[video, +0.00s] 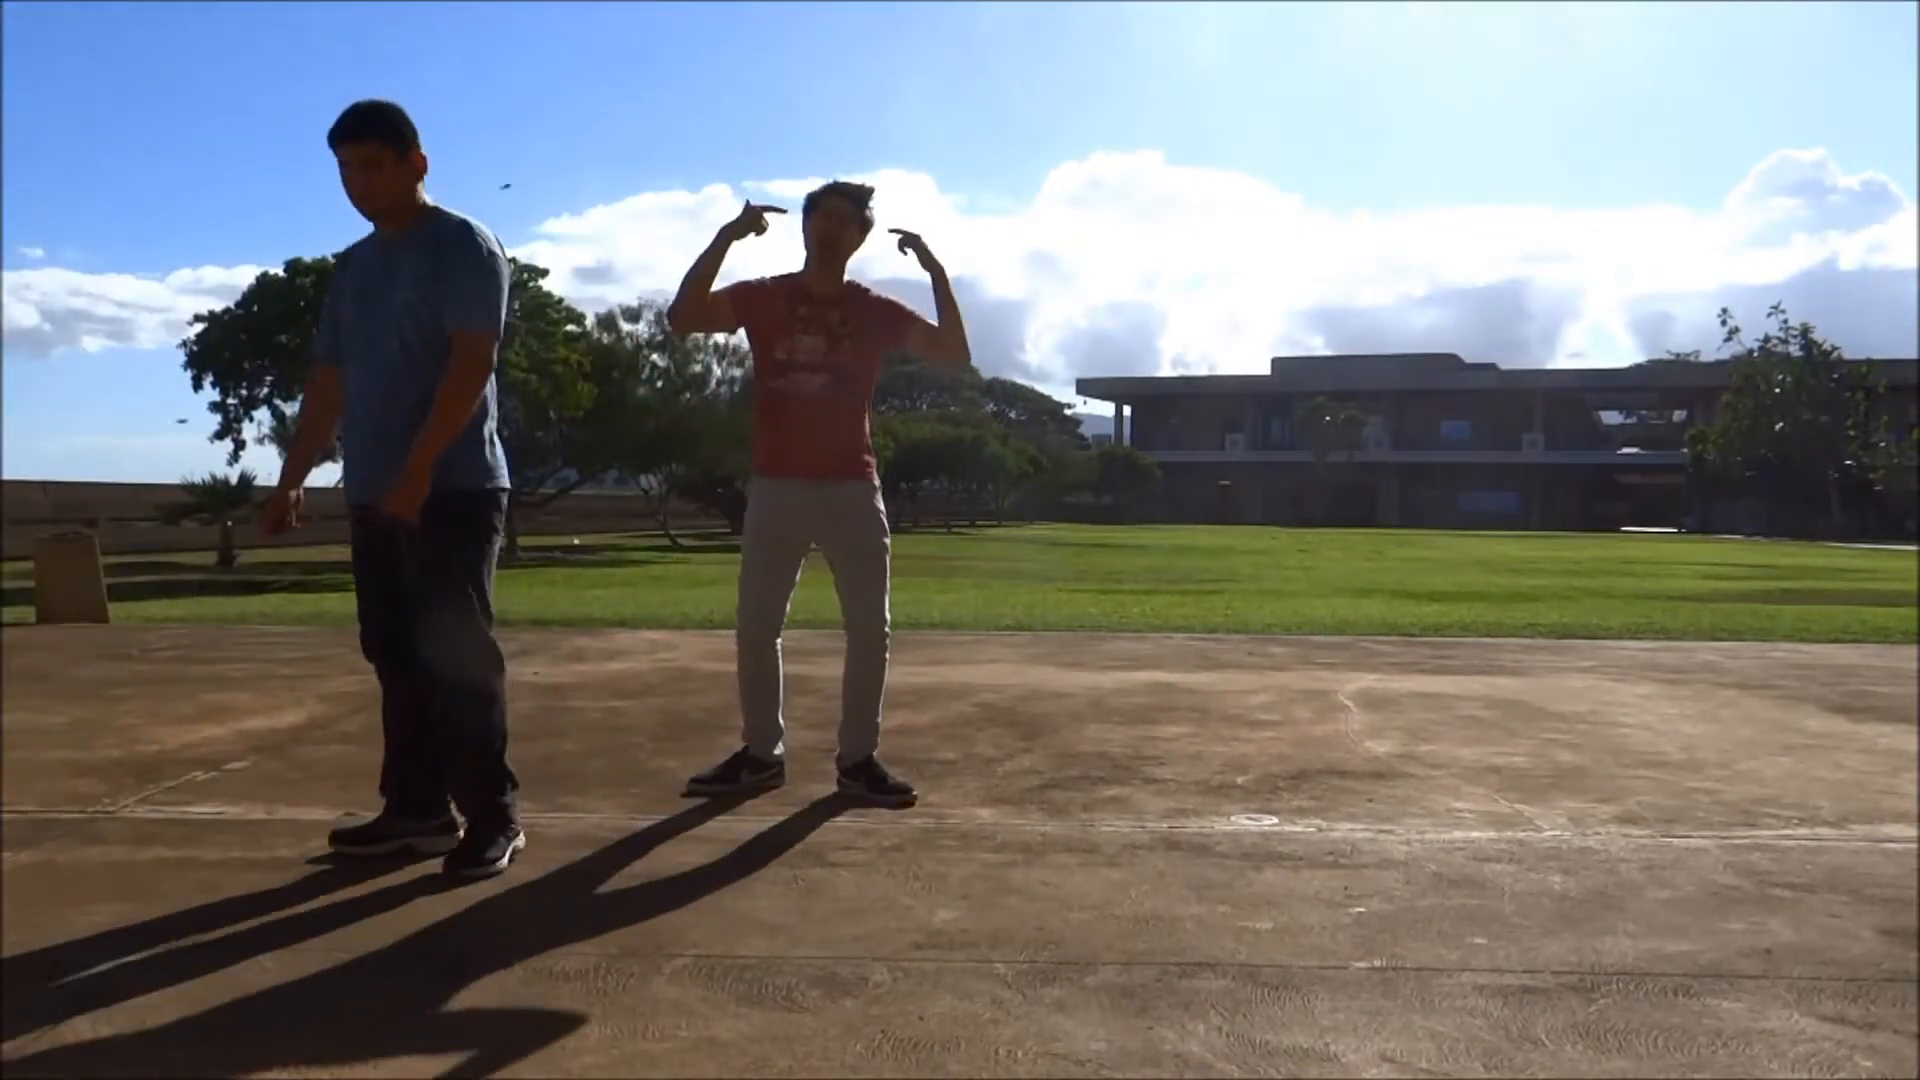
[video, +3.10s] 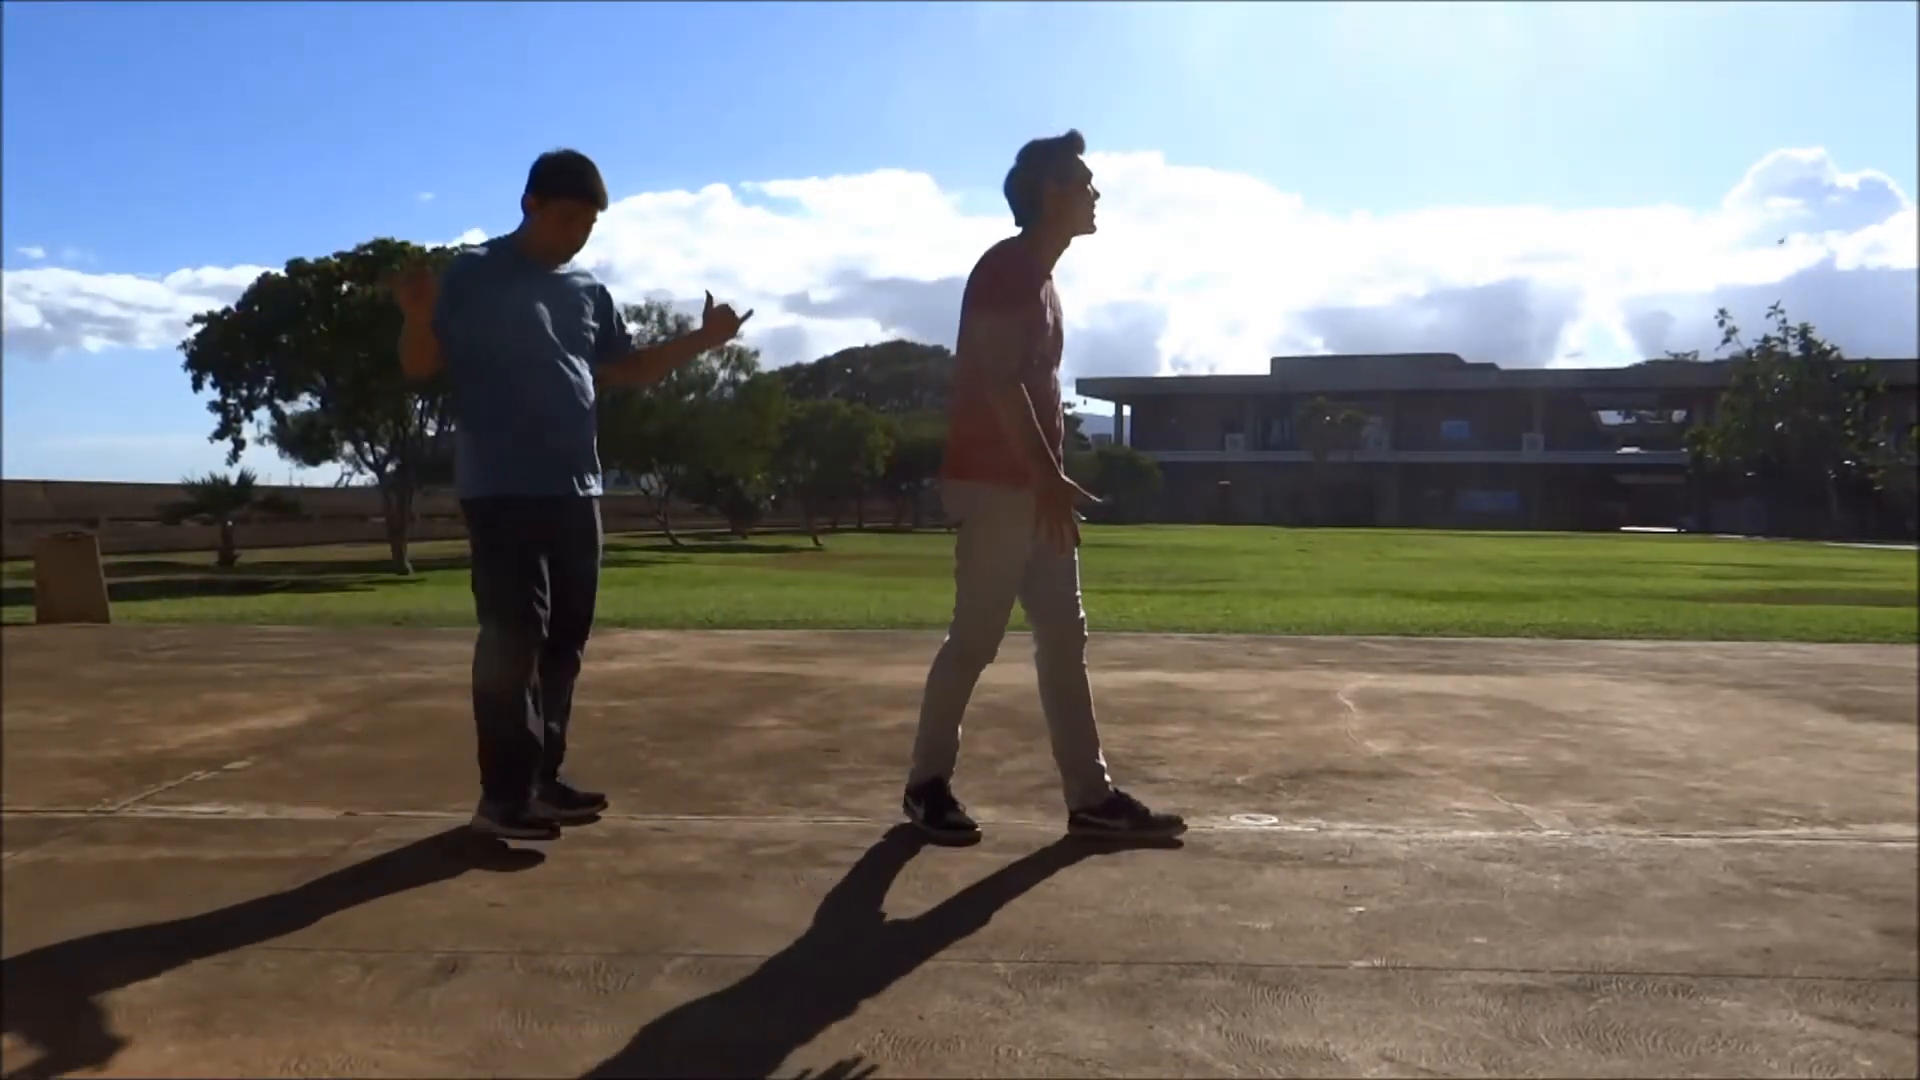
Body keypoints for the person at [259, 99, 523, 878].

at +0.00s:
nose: (354, 183)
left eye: (368, 166)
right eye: (346, 170)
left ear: (414, 162)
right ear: (340, 177)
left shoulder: (466, 249)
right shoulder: (351, 271)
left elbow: (472, 368)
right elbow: (328, 384)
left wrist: (418, 466)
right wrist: (292, 477)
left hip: (457, 483)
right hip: (376, 489)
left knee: (457, 647)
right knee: (393, 649)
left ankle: (492, 819)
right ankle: (416, 809)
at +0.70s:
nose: (462, 179)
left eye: (476, 165)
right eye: (445, 165)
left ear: (498, 168)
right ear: (418, 165)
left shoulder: (527, 260)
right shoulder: (371, 255)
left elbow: (548, 375)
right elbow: (331, 368)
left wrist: (518, 476)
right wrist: (300, 465)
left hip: (480, 492)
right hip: (382, 491)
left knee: (481, 663)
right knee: (368, 646)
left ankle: (475, 822)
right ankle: (407, 801)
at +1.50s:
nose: (426, 183)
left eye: (434, 169)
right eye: (410, 168)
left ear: (442, 176)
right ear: (368, 169)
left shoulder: (463, 266)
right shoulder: (311, 255)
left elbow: (502, 362)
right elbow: (251, 350)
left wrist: (533, 419)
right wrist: (274, 370)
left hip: (444, 493)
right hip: (344, 497)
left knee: (457, 658)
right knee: (334, 661)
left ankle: (477, 816)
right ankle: (329, 811)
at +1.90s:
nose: (395, 177)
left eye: (403, 165)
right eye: (378, 163)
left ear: (412, 175)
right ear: (337, 169)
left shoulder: (425, 263)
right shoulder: (286, 255)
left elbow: (479, 354)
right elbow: (217, 347)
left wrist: (517, 309)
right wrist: (250, 267)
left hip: (411, 486)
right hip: (315, 492)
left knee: (422, 653)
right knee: (324, 660)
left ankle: (413, 794)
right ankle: (329, 806)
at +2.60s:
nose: (478, 217)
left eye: (486, 204)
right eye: (465, 202)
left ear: (493, 204)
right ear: (425, 195)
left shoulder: (490, 280)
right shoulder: (365, 265)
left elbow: (539, 363)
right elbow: (298, 348)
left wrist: (561, 293)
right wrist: (336, 262)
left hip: (474, 495)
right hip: (385, 497)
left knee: (503, 639)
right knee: (362, 658)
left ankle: (524, 778)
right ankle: (335, 805)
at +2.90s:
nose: (553, 234)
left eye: (559, 222)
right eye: (545, 220)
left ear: (557, 219)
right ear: (504, 208)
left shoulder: (560, 293)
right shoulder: (435, 274)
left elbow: (597, 367)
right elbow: (381, 362)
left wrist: (672, 333)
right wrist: (370, 298)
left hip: (550, 492)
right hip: (469, 491)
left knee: (554, 636)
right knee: (452, 637)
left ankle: (533, 779)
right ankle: (385, 794)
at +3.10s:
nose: (586, 233)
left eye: (593, 221)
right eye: (579, 218)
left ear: (589, 218)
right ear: (538, 204)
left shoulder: (590, 293)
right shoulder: (469, 273)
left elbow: (617, 370)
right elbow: (420, 365)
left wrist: (703, 338)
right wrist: (417, 308)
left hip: (574, 488)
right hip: (500, 487)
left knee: (566, 637)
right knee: (515, 632)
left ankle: (544, 780)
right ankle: (503, 796)